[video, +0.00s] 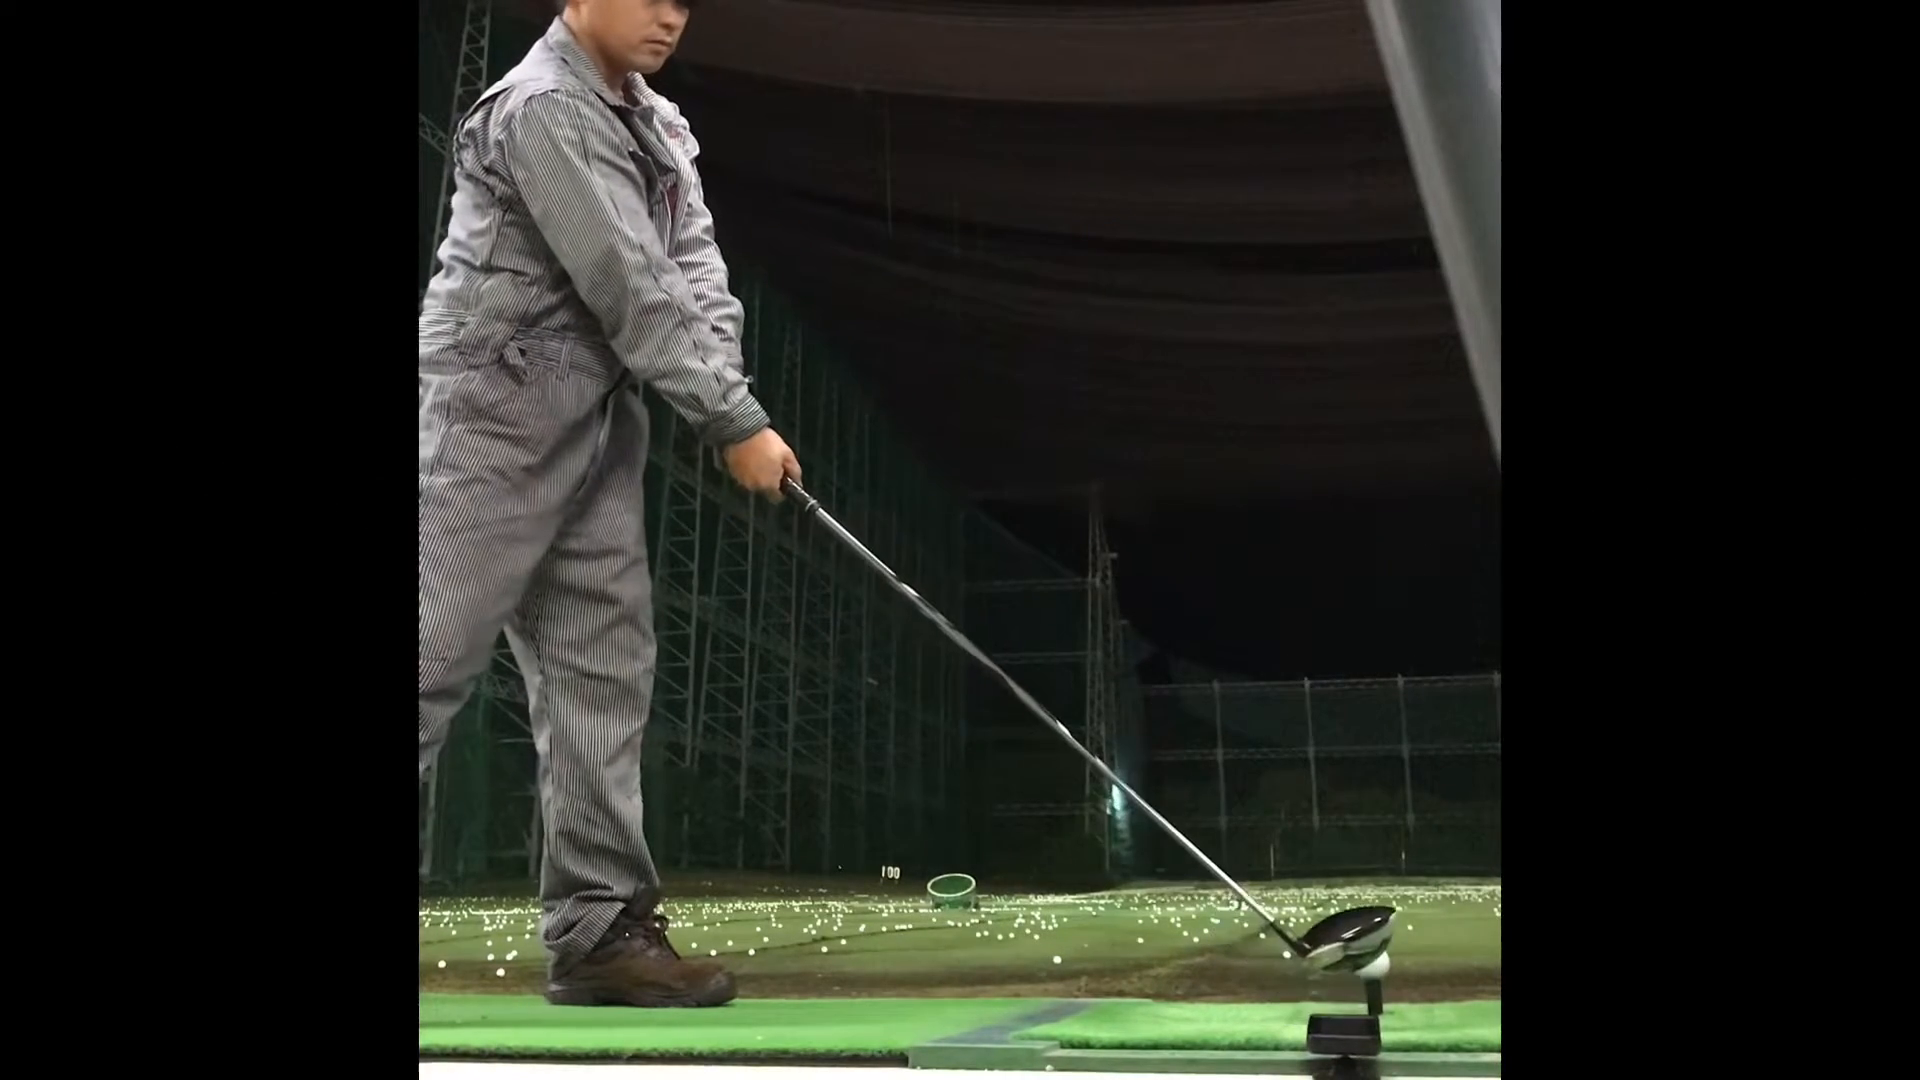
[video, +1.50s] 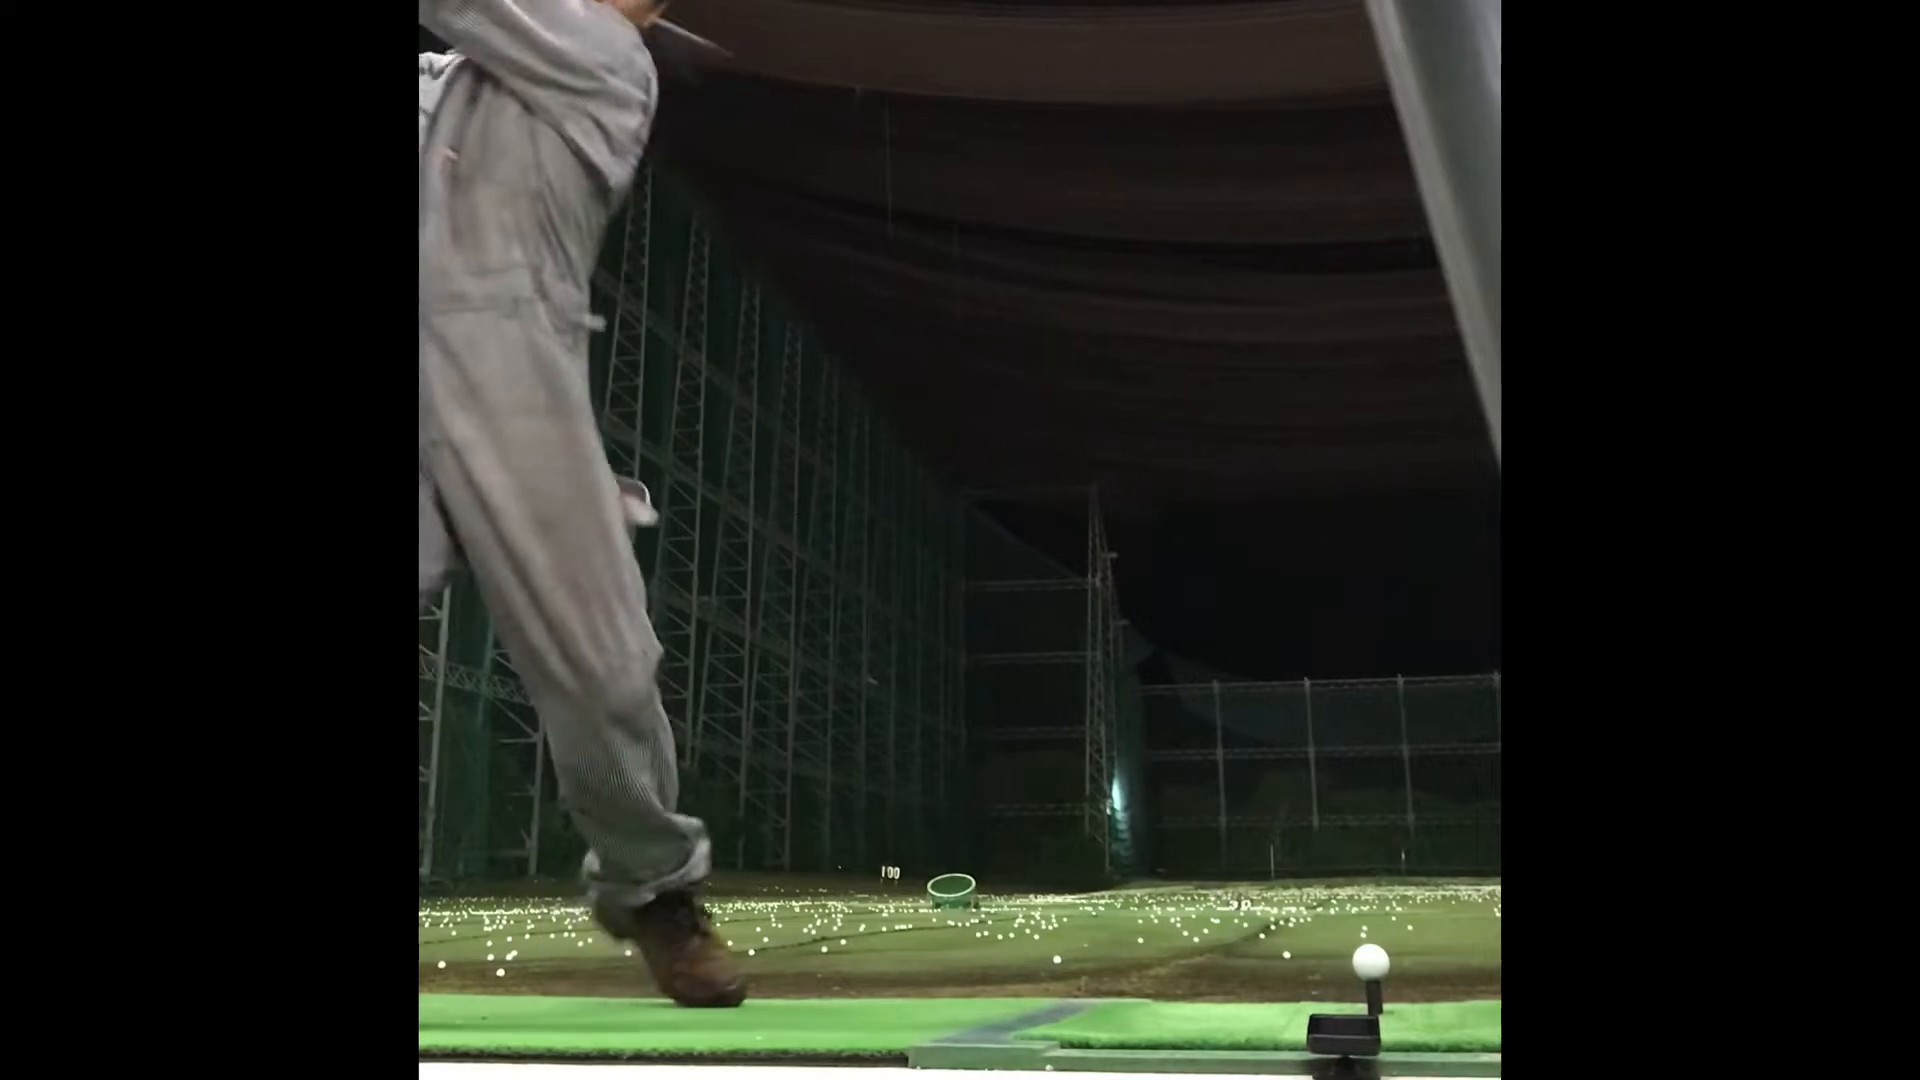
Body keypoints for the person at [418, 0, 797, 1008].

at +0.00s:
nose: (671, 19)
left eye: (679, 4)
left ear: (677, 18)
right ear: (581, 2)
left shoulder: (658, 120)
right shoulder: (543, 107)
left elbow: (698, 267)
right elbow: (627, 284)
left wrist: (724, 401)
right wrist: (732, 422)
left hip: (591, 434)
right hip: (484, 426)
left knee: (601, 667)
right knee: (434, 672)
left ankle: (599, 934)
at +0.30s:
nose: (665, 23)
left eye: (676, 9)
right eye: (646, 2)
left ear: (675, 22)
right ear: (579, 3)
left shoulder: (653, 123)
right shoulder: (536, 106)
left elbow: (691, 269)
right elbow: (620, 283)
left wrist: (722, 405)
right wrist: (726, 423)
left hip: (588, 433)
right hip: (480, 422)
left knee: (597, 668)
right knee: (430, 671)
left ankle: (597, 935)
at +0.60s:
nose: (670, 27)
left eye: (680, 13)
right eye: (651, 5)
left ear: (681, 27)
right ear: (583, 5)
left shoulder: (660, 133)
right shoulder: (538, 111)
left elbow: (692, 274)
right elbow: (621, 288)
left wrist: (718, 407)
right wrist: (727, 426)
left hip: (585, 445)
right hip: (474, 431)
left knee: (596, 670)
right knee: (430, 670)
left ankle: (596, 935)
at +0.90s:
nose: (667, 29)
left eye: (679, 14)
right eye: (649, 5)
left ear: (682, 29)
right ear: (582, 3)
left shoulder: (667, 131)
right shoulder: (523, 109)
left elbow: (700, 276)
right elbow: (605, 285)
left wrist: (702, 391)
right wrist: (716, 423)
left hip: (593, 448)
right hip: (472, 431)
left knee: (608, 677)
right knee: (429, 677)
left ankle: (598, 937)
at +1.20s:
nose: (653, 33)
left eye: (672, 26)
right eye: (639, 7)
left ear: (676, 48)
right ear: (577, 2)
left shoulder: (685, 130)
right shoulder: (454, 95)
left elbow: (620, 194)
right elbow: (440, 178)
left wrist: (492, 228)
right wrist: (446, 225)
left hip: (591, 430)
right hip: (441, 413)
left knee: (634, 683)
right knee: (416, 640)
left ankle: (601, 936)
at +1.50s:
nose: (621, 4)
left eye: (621, 2)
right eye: (626, 4)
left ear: (632, 13)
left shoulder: (606, 64)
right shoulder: (442, 72)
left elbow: (457, 3)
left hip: (506, 374)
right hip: (438, 382)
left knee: (603, 673)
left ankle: (652, 889)